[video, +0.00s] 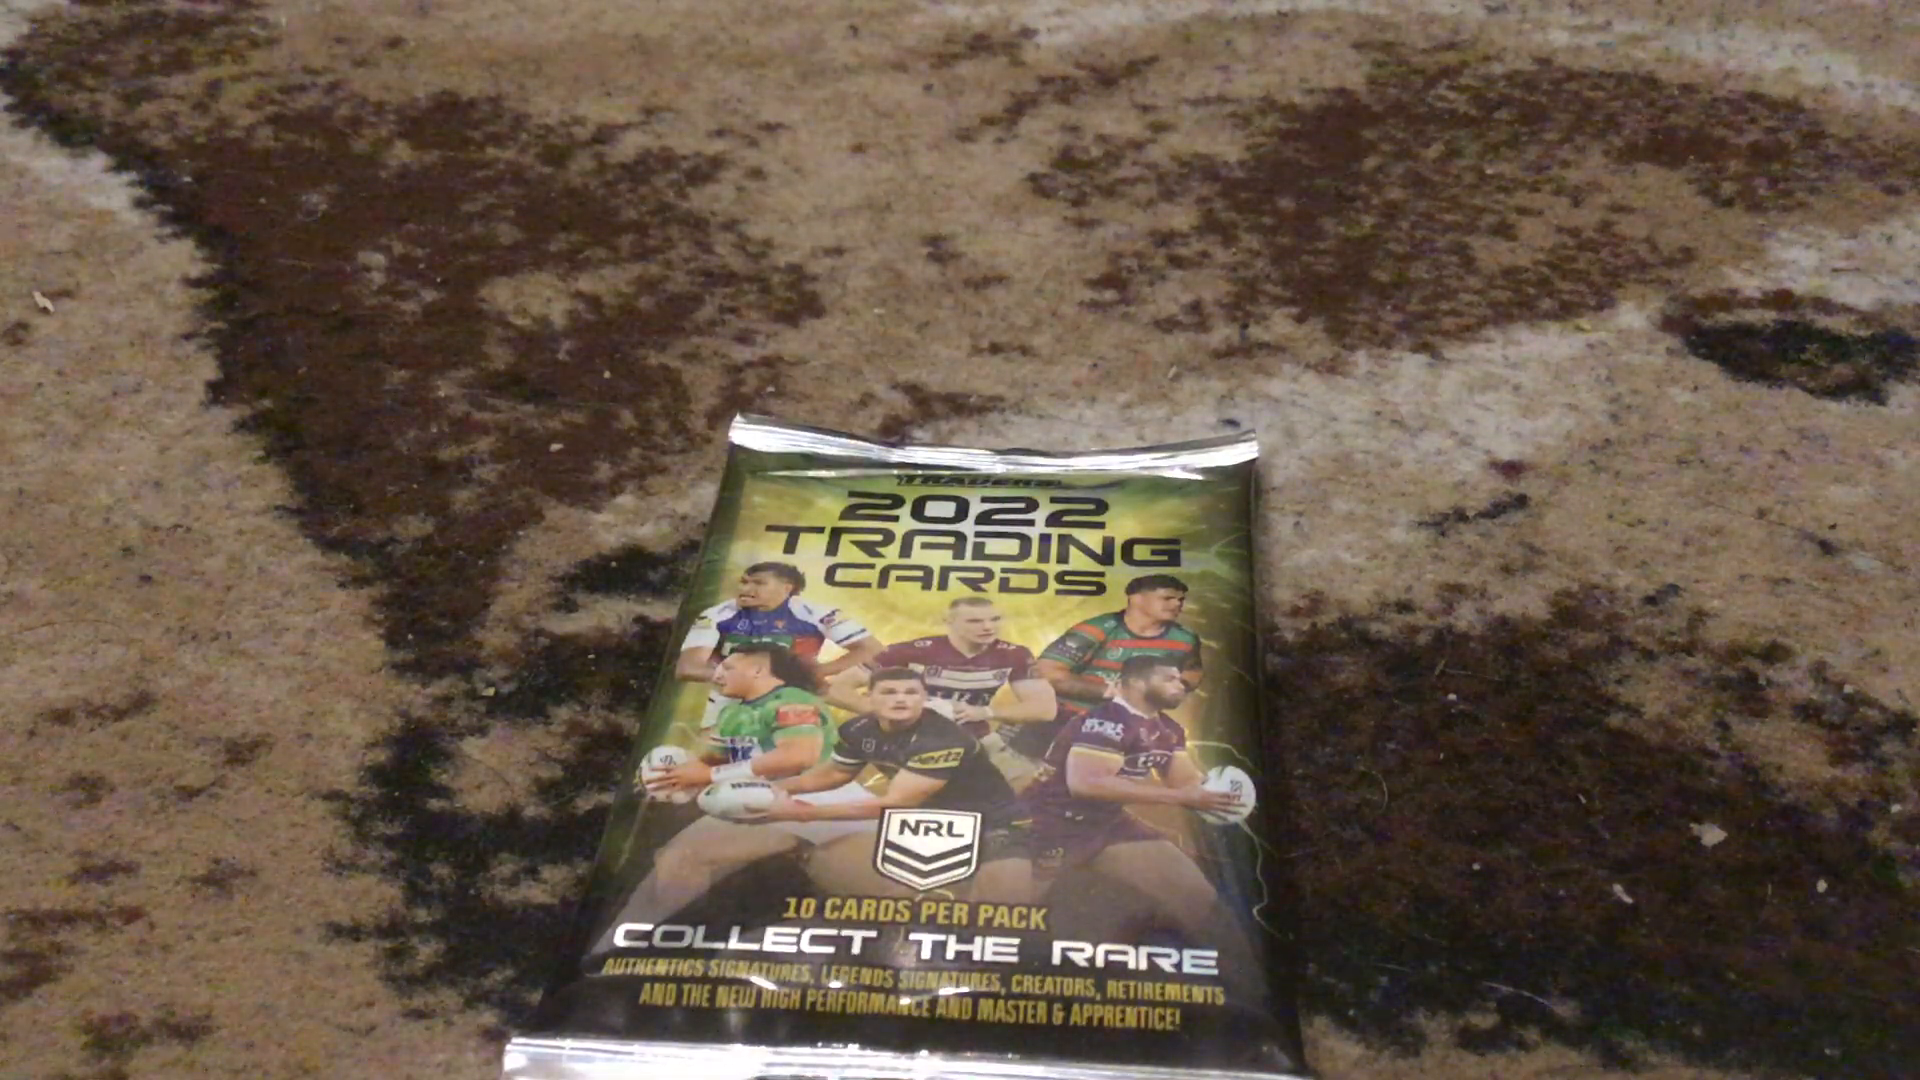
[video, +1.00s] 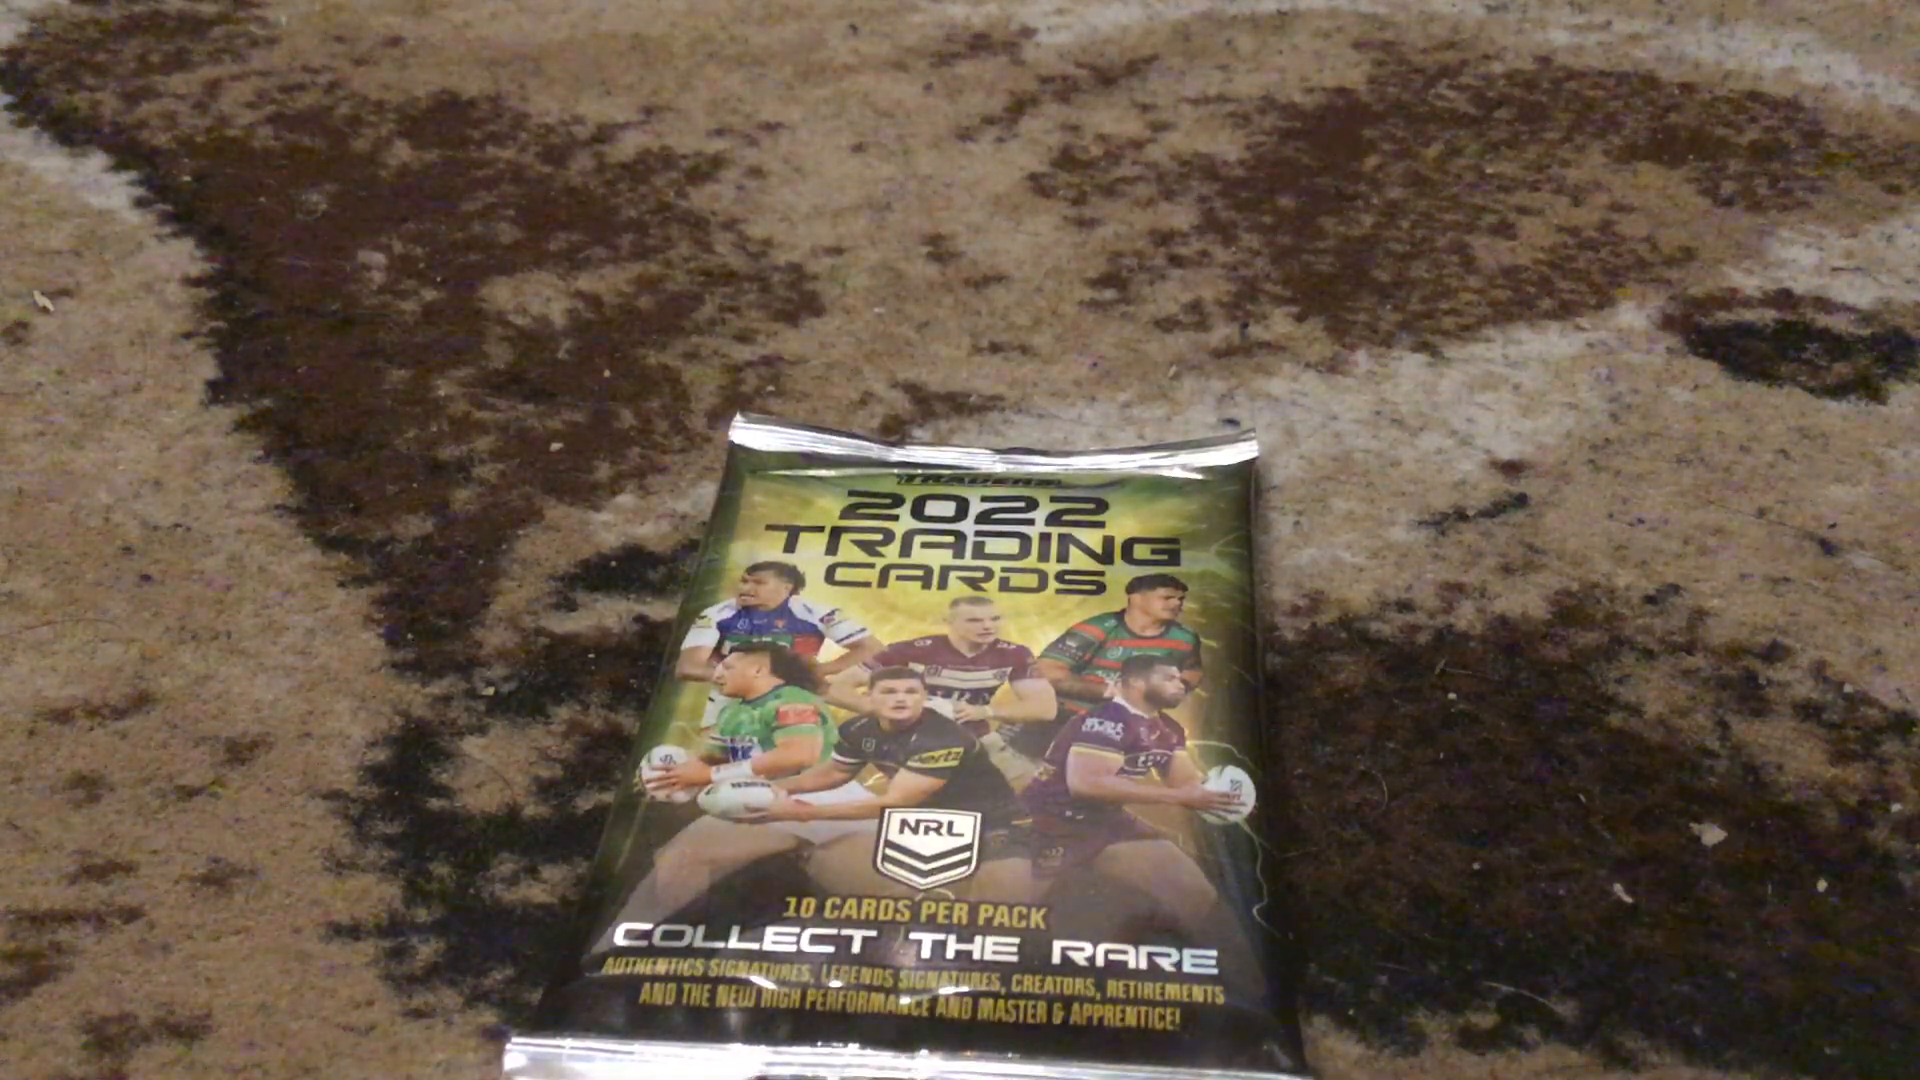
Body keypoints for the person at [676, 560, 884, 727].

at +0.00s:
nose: (748, 590)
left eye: (759, 583)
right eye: (746, 583)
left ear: (788, 588)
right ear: (740, 584)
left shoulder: (808, 613)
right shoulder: (720, 615)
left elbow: (871, 649)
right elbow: (686, 667)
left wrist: (818, 671)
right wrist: (739, 673)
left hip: (789, 715)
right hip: (726, 715)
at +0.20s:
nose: (748, 589)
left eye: (759, 583)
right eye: (745, 583)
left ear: (788, 588)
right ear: (740, 583)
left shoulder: (809, 614)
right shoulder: (719, 615)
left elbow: (871, 648)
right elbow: (686, 667)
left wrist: (819, 670)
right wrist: (739, 673)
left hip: (787, 717)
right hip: (724, 715)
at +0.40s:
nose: (747, 589)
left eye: (759, 583)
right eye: (745, 583)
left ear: (788, 588)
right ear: (740, 583)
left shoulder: (808, 613)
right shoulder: (719, 615)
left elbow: (871, 648)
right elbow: (687, 667)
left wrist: (819, 670)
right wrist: (739, 674)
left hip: (786, 716)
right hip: (724, 715)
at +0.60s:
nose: (748, 589)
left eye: (759, 583)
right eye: (746, 582)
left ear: (787, 588)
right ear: (740, 583)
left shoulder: (808, 613)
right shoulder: (720, 615)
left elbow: (871, 648)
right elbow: (686, 667)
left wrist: (819, 670)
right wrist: (736, 672)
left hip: (787, 717)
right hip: (724, 715)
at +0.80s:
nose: (747, 589)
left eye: (759, 583)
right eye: (746, 582)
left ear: (787, 588)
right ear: (740, 583)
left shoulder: (809, 613)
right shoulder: (720, 615)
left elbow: (871, 648)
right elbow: (686, 667)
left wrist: (819, 670)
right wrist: (739, 673)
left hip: (787, 716)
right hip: (725, 715)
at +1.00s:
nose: (747, 589)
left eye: (759, 583)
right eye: (745, 582)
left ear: (787, 588)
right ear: (740, 583)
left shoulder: (809, 613)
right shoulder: (720, 615)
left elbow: (871, 648)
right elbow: (687, 667)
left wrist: (820, 669)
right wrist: (742, 674)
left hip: (788, 716)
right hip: (725, 715)